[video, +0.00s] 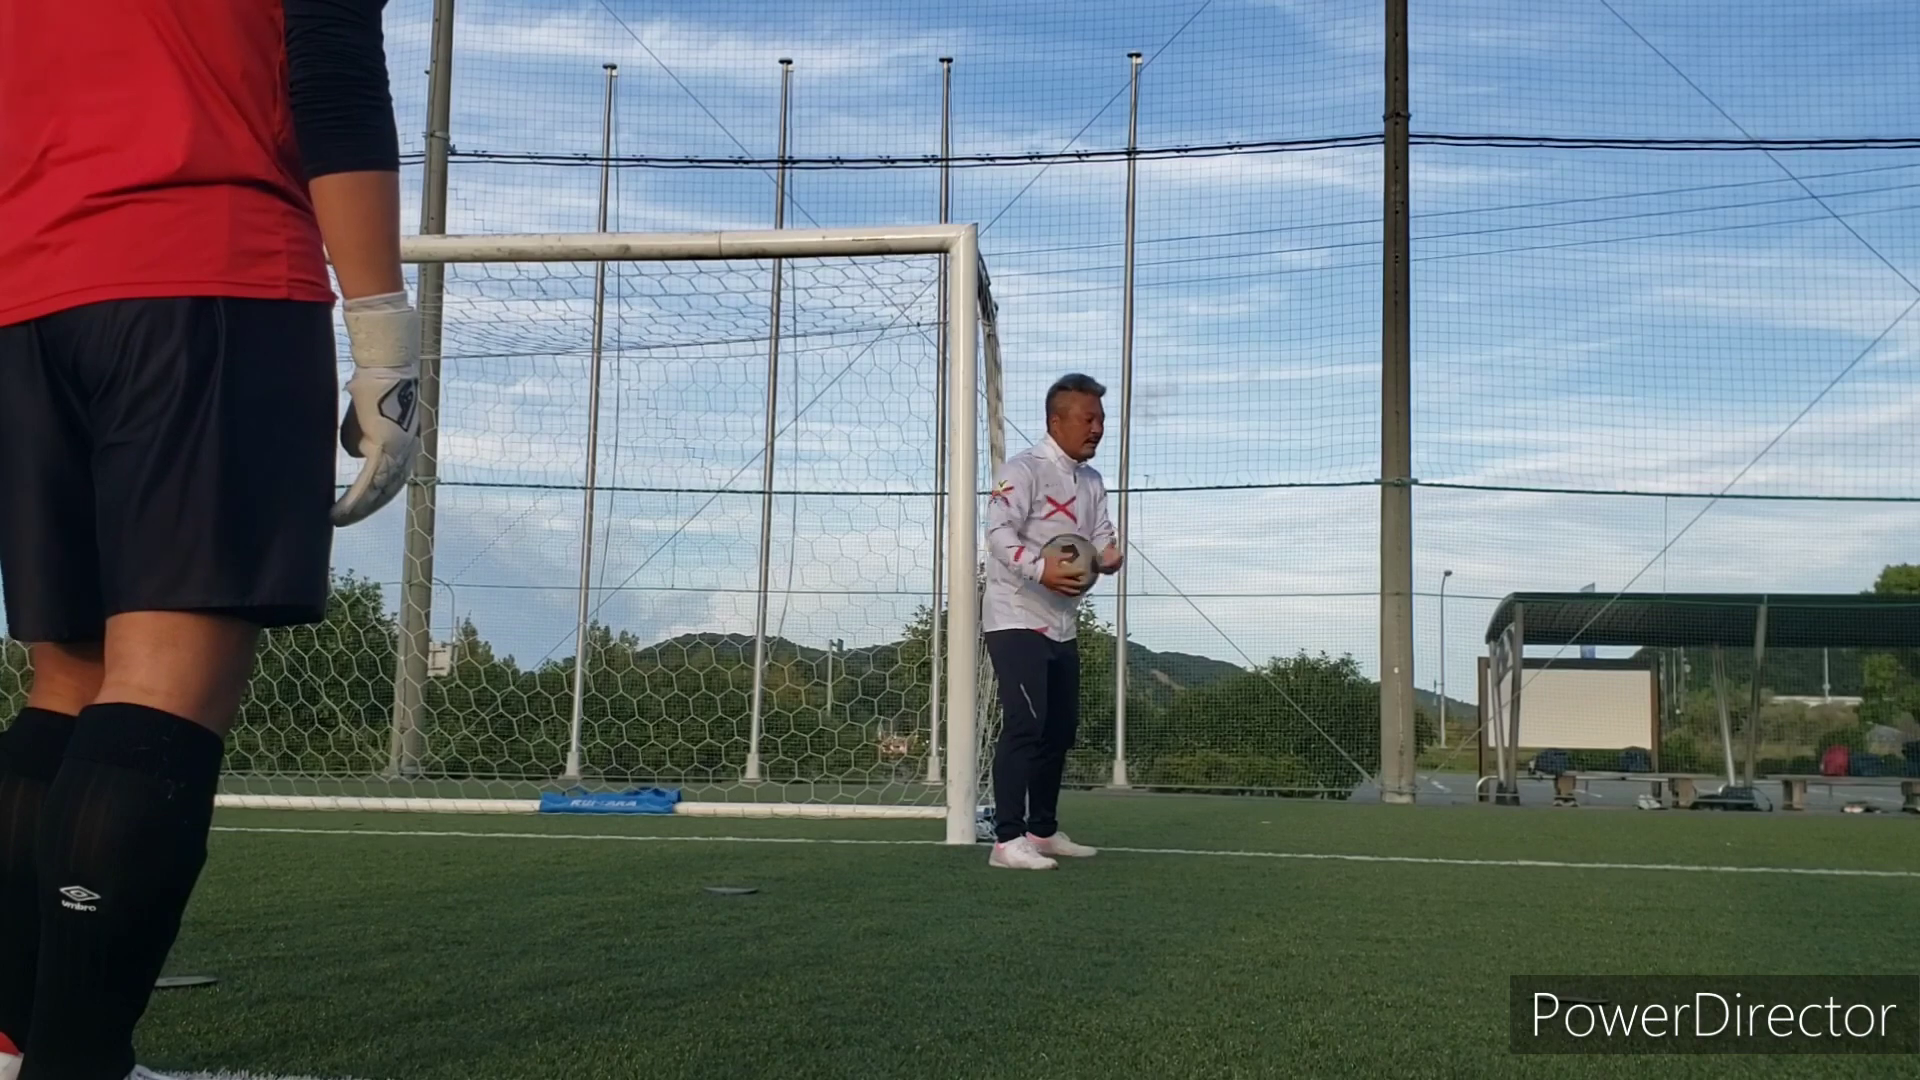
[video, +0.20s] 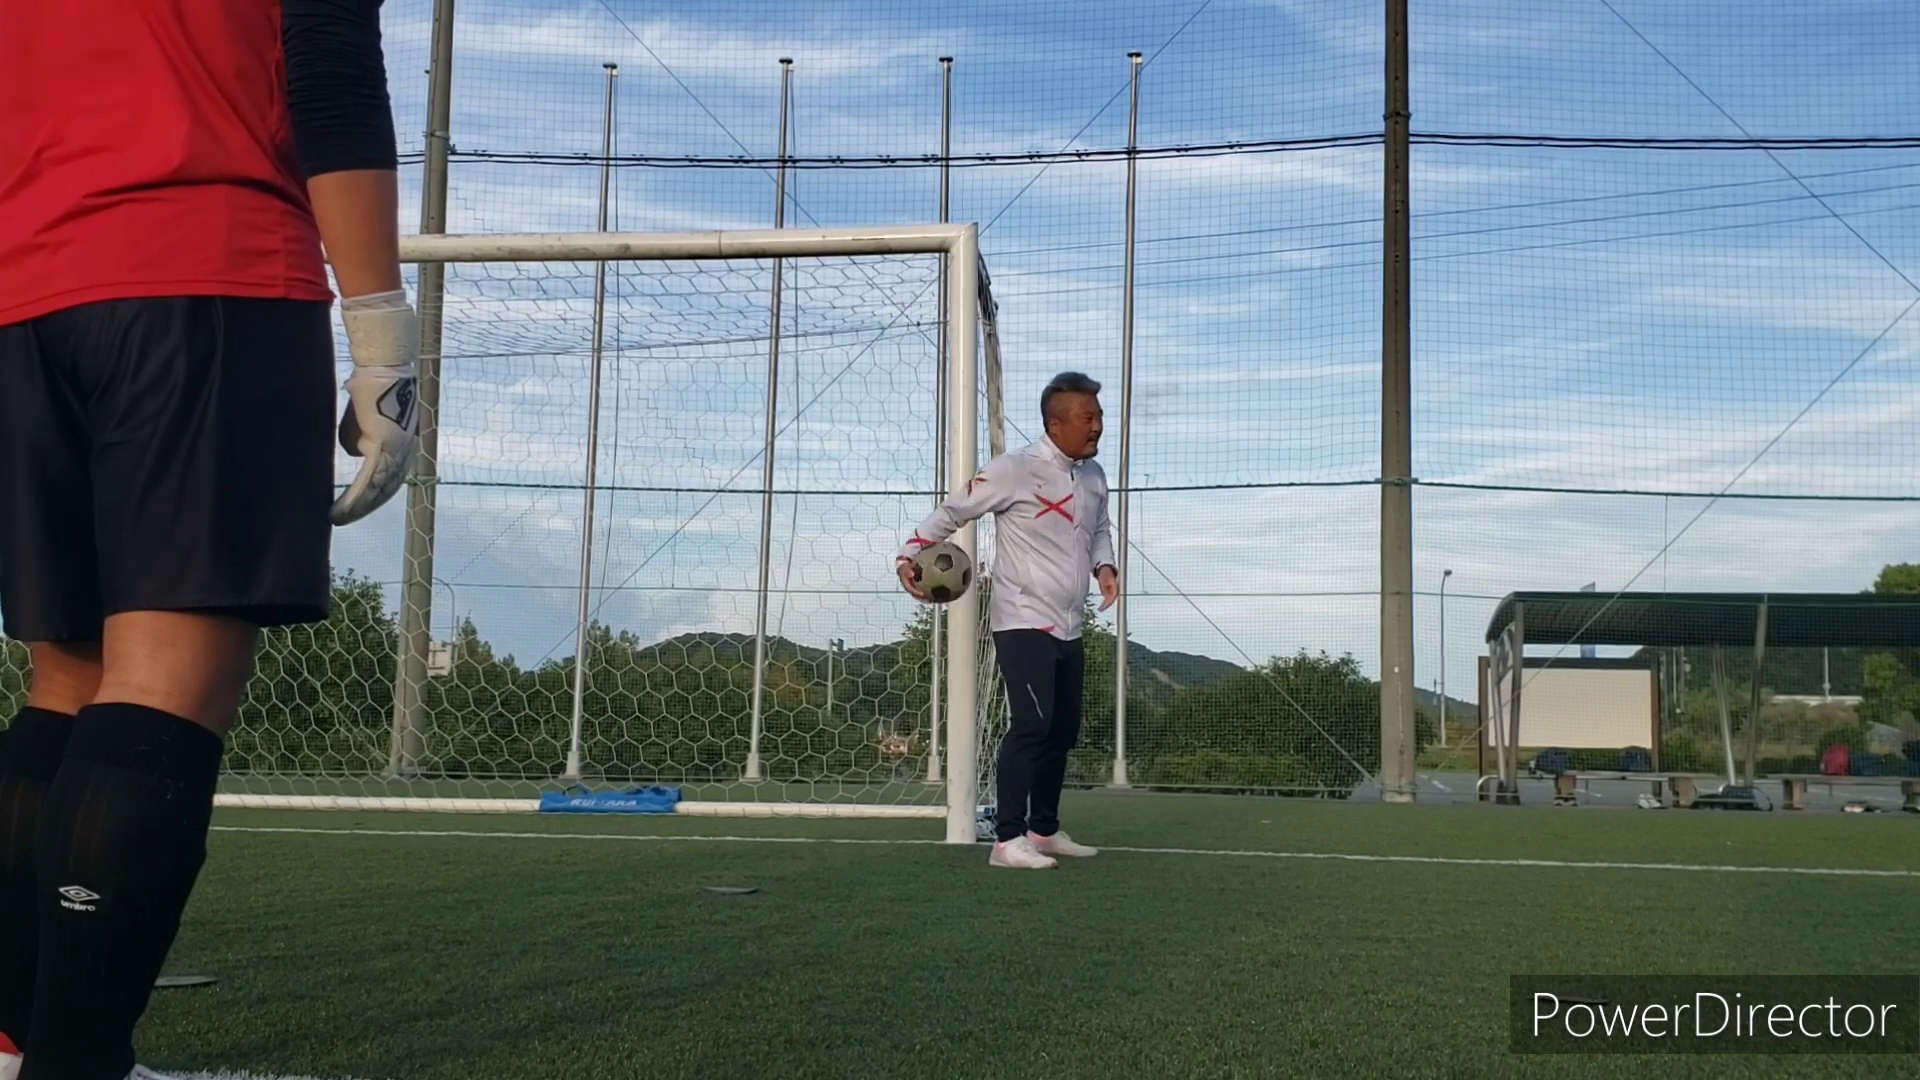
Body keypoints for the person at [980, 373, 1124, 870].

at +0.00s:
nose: (1098, 428)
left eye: (1101, 419)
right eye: (1088, 419)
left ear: (1099, 422)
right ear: (1055, 421)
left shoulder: (1092, 481)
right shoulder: (1023, 469)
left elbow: (1102, 538)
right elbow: (998, 535)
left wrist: (1106, 558)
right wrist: (1040, 567)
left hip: (1061, 620)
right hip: (1014, 616)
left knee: (1060, 726)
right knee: (1027, 721)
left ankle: (1041, 832)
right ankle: (1008, 841)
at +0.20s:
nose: (1099, 425)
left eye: (1099, 416)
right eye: (1087, 418)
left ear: (1094, 419)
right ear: (1054, 423)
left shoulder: (1093, 476)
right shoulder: (1016, 470)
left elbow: (1099, 531)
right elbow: (953, 510)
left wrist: (1104, 564)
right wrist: (910, 551)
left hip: (1066, 622)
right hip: (1021, 618)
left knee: (1062, 729)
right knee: (1032, 724)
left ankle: (1042, 831)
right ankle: (1008, 841)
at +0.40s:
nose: (1094, 415)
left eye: (1094, 406)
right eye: (1084, 408)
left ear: (1085, 412)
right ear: (1050, 416)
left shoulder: (1083, 469)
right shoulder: (1019, 468)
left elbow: (1083, 526)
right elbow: (986, 543)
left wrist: (1100, 563)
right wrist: (966, 606)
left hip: (1066, 624)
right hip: (1025, 621)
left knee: (1062, 727)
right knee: (1031, 725)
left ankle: (1045, 827)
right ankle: (1008, 840)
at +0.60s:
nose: (1078, 410)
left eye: (1081, 401)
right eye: (1065, 402)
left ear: (1083, 405)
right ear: (1035, 409)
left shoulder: (1068, 464)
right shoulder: (1023, 461)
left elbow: (1067, 527)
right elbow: (1079, 505)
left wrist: (1098, 554)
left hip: (1056, 616)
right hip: (1019, 613)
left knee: (1062, 719)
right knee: (1028, 722)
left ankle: (1047, 825)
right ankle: (1008, 840)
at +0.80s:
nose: (1062, 409)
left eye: (1069, 401)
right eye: (1050, 400)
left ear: (1077, 408)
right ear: (1027, 407)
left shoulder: (1060, 463)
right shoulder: (1020, 456)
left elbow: (1059, 532)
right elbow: (1088, 475)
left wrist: (1089, 555)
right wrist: (1128, 442)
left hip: (1058, 616)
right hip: (1022, 614)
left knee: (1059, 724)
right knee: (1030, 724)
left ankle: (1045, 827)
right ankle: (1008, 840)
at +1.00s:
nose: (1061, 413)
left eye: (1068, 405)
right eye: (1048, 405)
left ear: (1076, 413)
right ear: (1026, 414)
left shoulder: (1063, 475)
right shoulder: (1014, 469)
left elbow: (1060, 537)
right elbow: (1040, 531)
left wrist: (1094, 560)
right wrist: (1111, 527)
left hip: (1061, 620)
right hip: (1027, 618)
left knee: (1061, 726)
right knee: (1032, 725)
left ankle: (1043, 830)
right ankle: (1009, 839)